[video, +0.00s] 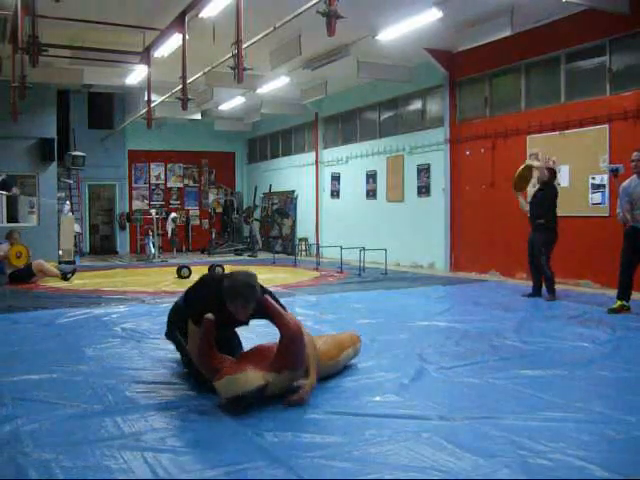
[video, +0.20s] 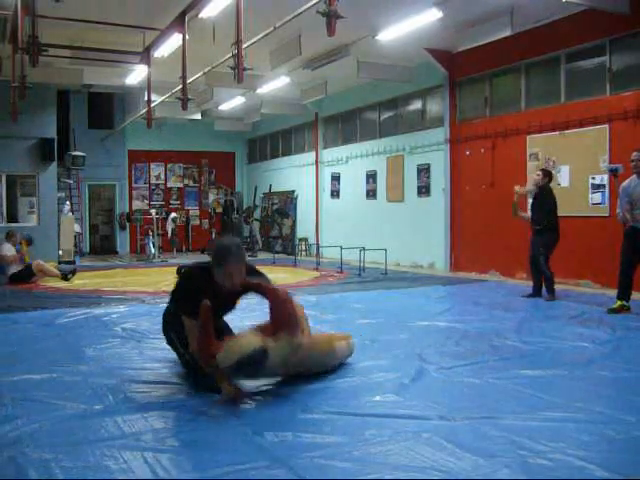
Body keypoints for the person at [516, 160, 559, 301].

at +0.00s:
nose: (539, 175)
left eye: (543, 172)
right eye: (539, 172)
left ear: (549, 176)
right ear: (541, 175)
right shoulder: (542, 189)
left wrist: (521, 200)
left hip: (546, 228)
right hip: (537, 228)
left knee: (542, 259)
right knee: (533, 259)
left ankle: (550, 291)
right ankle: (536, 289)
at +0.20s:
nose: (535, 177)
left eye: (538, 175)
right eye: (536, 174)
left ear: (545, 179)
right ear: (541, 178)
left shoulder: (544, 192)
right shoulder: (540, 191)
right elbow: (538, 216)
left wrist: (520, 190)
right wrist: (523, 214)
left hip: (548, 232)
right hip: (539, 231)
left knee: (541, 260)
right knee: (534, 260)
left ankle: (550, 291)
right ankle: (536, 290)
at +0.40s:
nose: (524, 180)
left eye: (527, 178)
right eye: (525, 178)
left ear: (535, 182)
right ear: (533, 182)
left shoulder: (539, 195)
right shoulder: (534, 196)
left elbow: (539, 211)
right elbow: (538, 216)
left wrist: (517, 214)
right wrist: (526, 223)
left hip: (550, 232)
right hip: (541, 232)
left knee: (544, 259)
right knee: (535, 260)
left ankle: (551, 292)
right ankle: (536, 290)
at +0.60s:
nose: (515, 183)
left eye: (518, 181)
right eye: (515, 181)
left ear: (527, 183)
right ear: (525, 183)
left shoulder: (538, 194)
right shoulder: (527, 199)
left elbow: (548, 208)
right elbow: (535, 217)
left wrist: (529, 219)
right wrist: (524, 229)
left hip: (551, 230)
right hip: (539, 231)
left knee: (548, 260)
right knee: (536, 260)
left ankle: (552, 292)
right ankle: (536, 290)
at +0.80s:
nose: (513, 184)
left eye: (515, 181)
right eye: (513, 181)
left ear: (524, 183)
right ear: (521, 184)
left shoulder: (537, 194)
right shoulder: (525, 201)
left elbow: (546, 207)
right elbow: (532, 218)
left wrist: (526, 217)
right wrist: (521, 227)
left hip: (550, 230)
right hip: (537, 231)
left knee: (549, 260)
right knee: (535, 260)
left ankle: (553, 292)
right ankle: (536, 290)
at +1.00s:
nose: (517, 181)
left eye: (520, 178)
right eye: (517, 178)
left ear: (529, 180)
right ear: (527, 181)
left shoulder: (534, 191)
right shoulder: (530, 194)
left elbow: (535, 203)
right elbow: (537, 217)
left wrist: (515, 210)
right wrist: (523, 225)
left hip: (547, 230)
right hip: (537, 231)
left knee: (547, 260)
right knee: (535, 261)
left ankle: (552, 292)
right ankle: (536, 290)